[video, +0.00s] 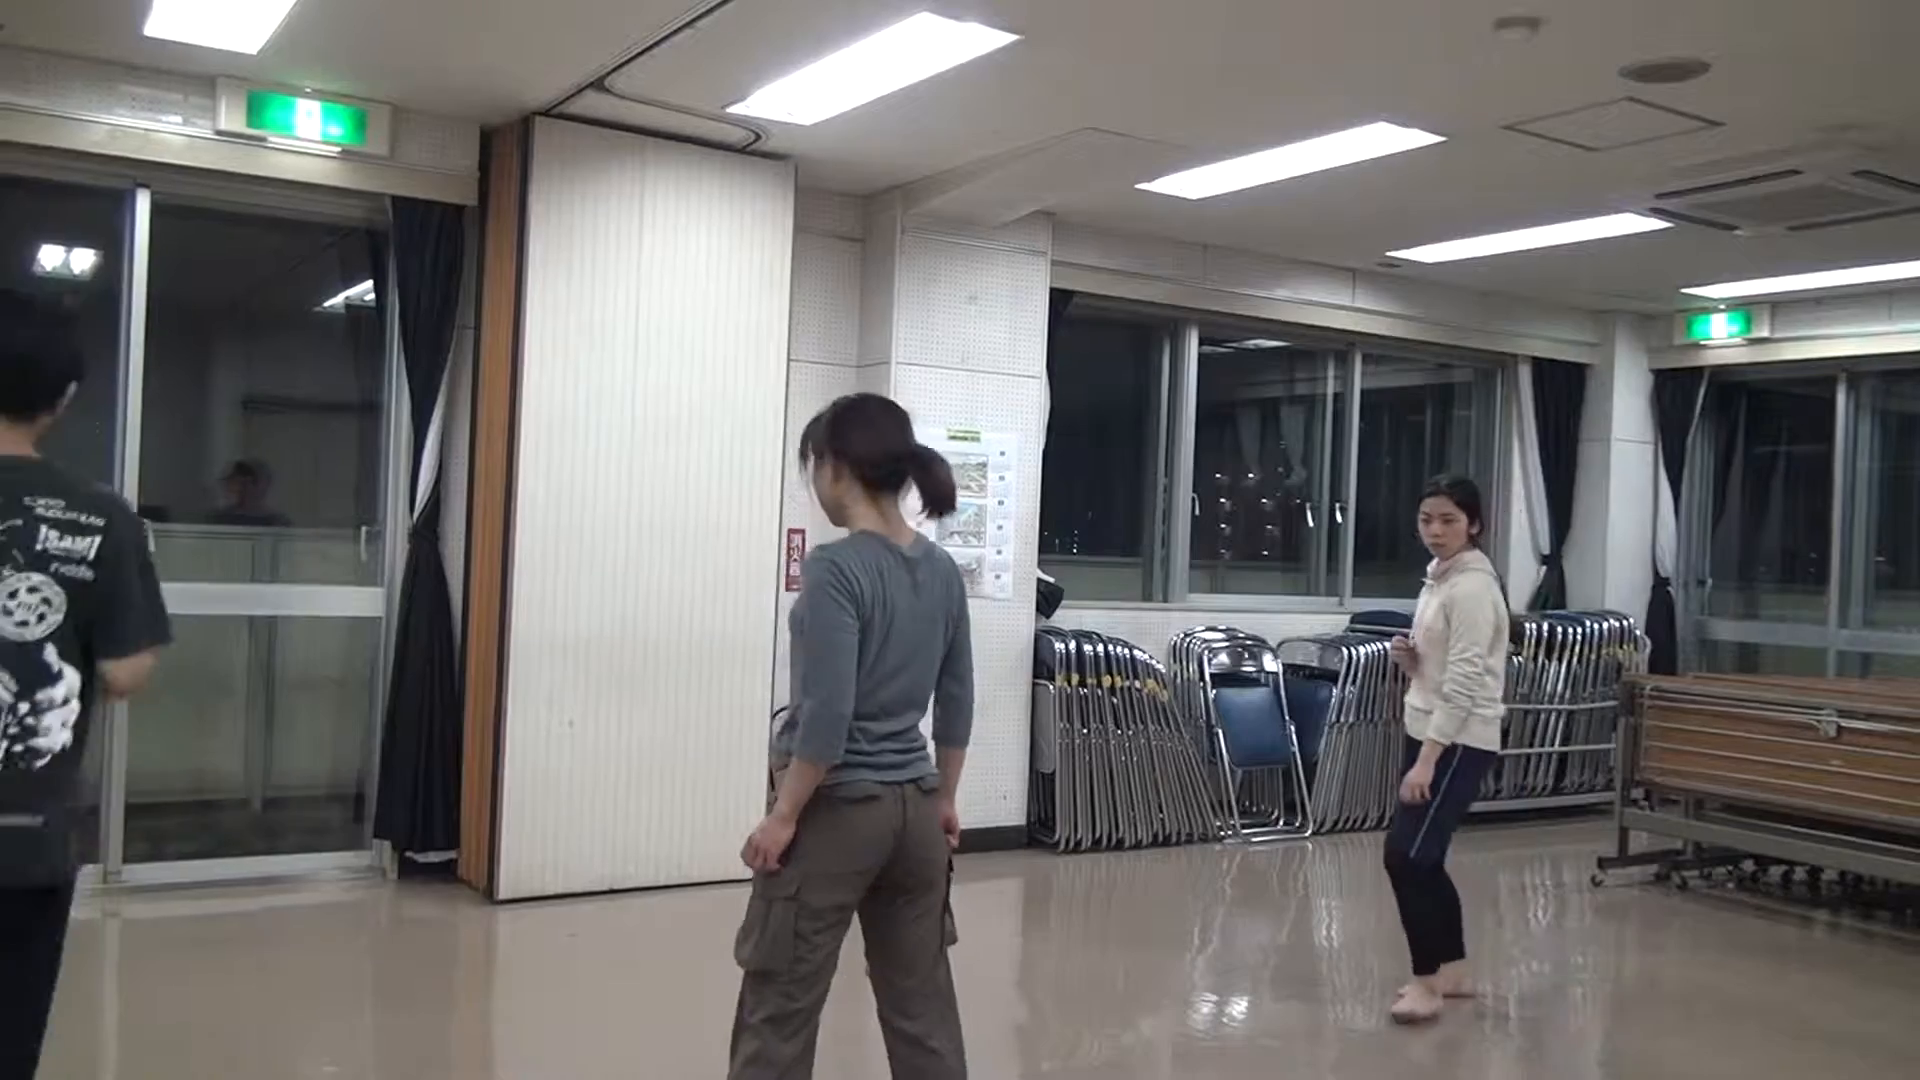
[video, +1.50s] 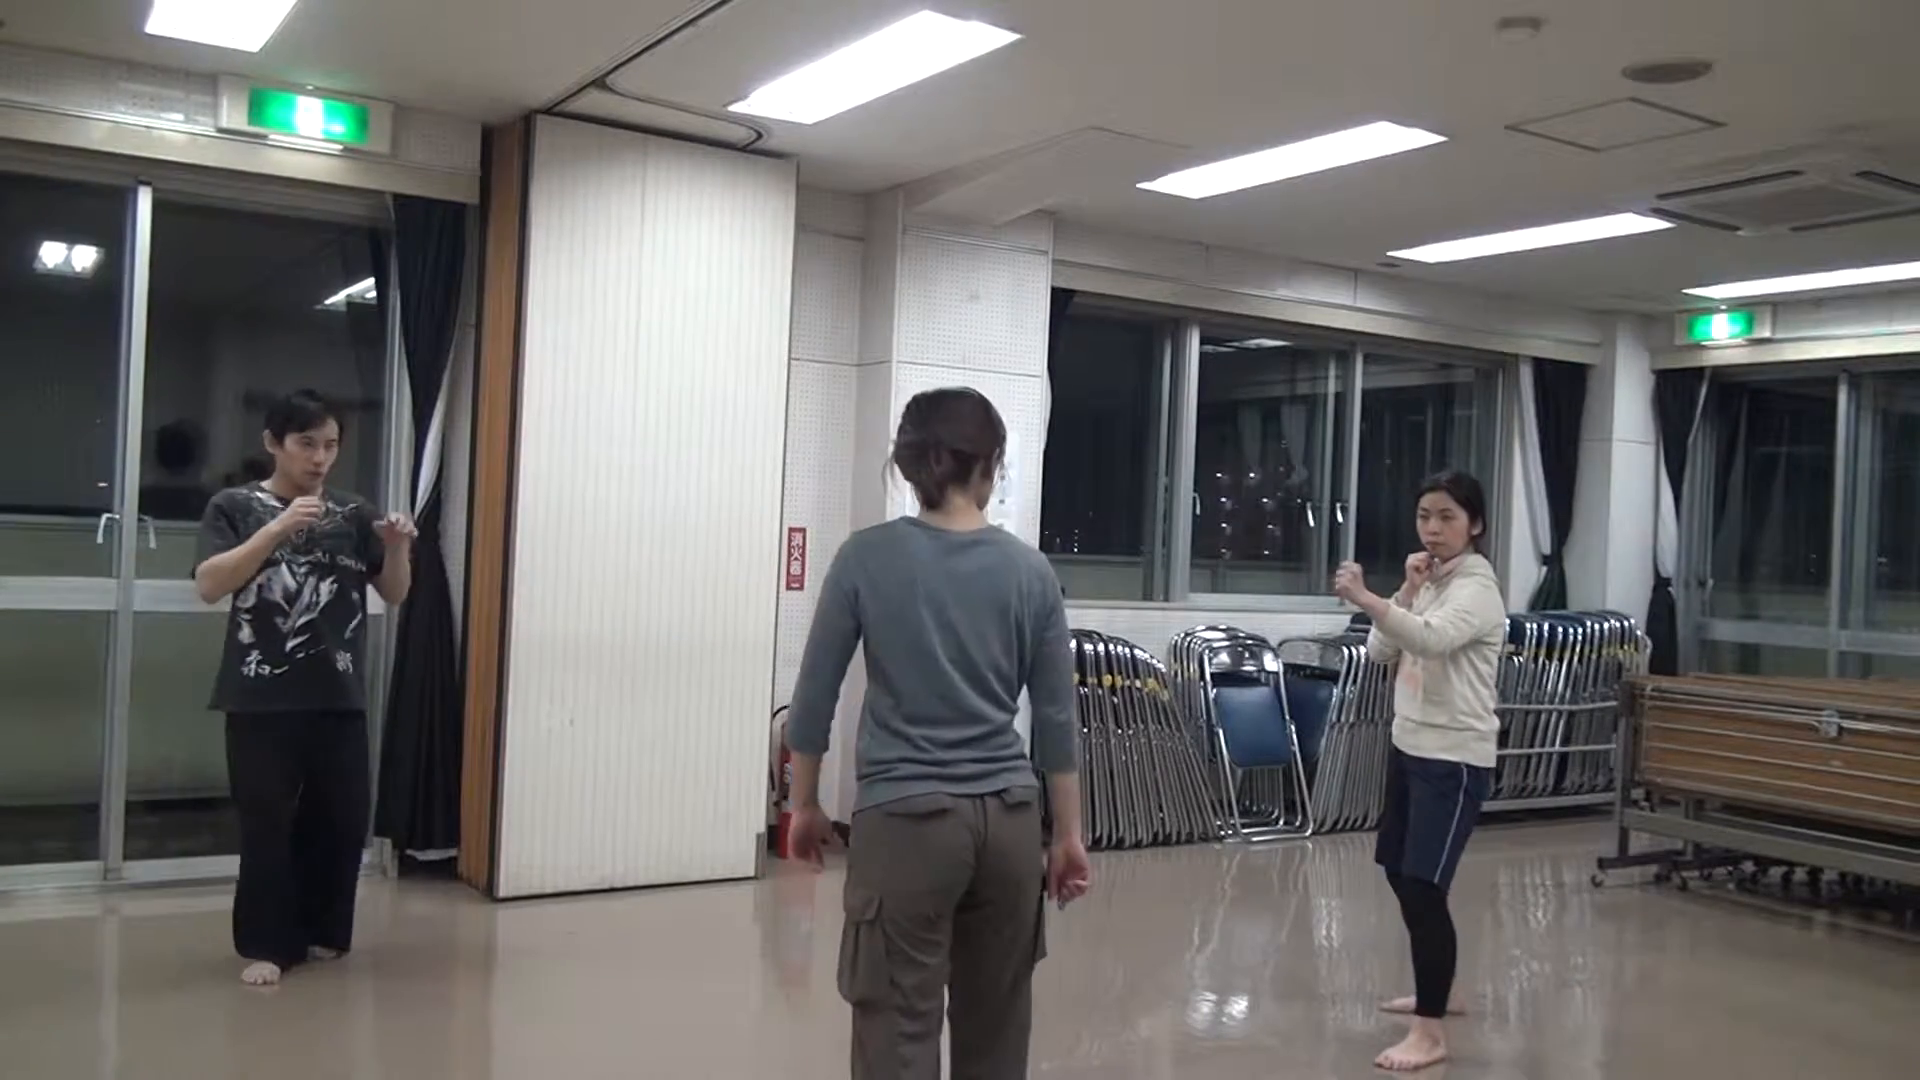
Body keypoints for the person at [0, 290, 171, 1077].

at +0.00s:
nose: (58, 398)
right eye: (64, 386)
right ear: (62, 398)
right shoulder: (99, 519)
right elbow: (128, 669)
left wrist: (66, 657)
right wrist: (59, 656)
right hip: (29, 836)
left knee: (16, 1047)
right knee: (14, 1051)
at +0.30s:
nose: (127, 426)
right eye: (130, 416)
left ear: (44, 420)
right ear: (129, 428)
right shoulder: (154, 533)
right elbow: (199, 661)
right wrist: (250, 765)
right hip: (104, 806)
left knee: (16, 984)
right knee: (138, 977)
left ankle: (12, 1065)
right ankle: (92, 1070)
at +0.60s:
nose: (244, 438)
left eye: (238, 425)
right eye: (234, 429)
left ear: (161, 448)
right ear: (209, 449)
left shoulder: (124, 512)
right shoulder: (222, 521)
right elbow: (203, 600)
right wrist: (213, 691)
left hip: (115, 730)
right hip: (201, 738)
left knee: (101, 867)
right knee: (207, 897)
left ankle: (23, 969)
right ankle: (156, 1006)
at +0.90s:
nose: (305, 454)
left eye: (301, 443)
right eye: (293, 446)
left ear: (252, 462)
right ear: (254, 460)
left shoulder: (223, 517)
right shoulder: (255, 526)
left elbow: (216, 604)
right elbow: (241, 623)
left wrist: (291, 604)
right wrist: (302, 634)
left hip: (232, 717)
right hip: (251, 722)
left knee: (272, 833)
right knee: (255, 860)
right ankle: (162, 993)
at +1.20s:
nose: (337, 453)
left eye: (340, 442)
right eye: (323, 442)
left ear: (339, 446)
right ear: (283, 446)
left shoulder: (328, 513)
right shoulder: (249, 512)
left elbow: (325, 586)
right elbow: (239, 599)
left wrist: (380, 581)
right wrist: (327, 571)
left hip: (321, 698)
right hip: (268, 703)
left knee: (334, 819)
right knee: (290, 827)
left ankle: (290, 931)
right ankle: (230, 957)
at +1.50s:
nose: (322, 457)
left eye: (330, 445)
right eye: (309, 445)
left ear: (338, 448)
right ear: (275, 444)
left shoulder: (352, 516)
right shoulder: (236, 507)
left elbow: (393, 594)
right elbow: (209, 584)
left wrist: (398, 546)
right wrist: (277, 529)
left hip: (337, 698)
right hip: (261, 698)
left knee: (344, 819)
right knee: (267, 821)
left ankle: (324, 933)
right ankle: (264, 950)